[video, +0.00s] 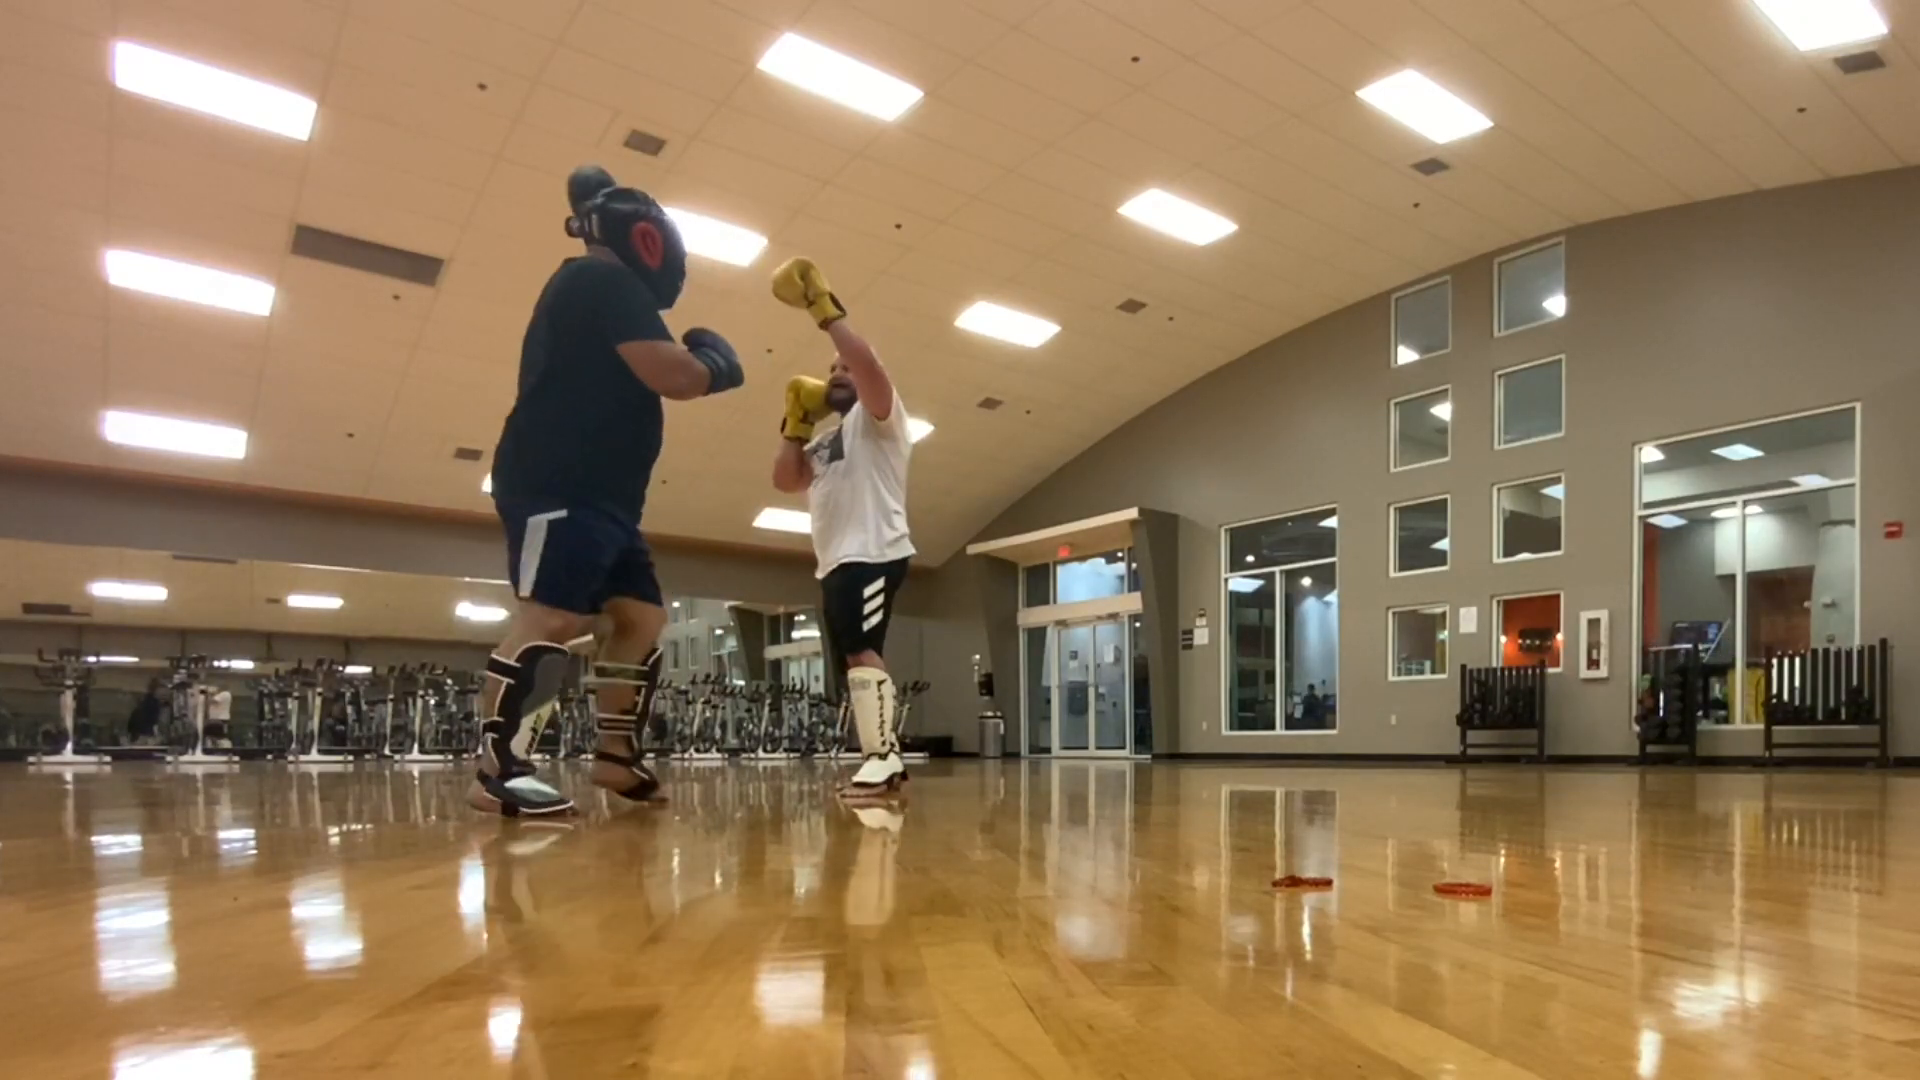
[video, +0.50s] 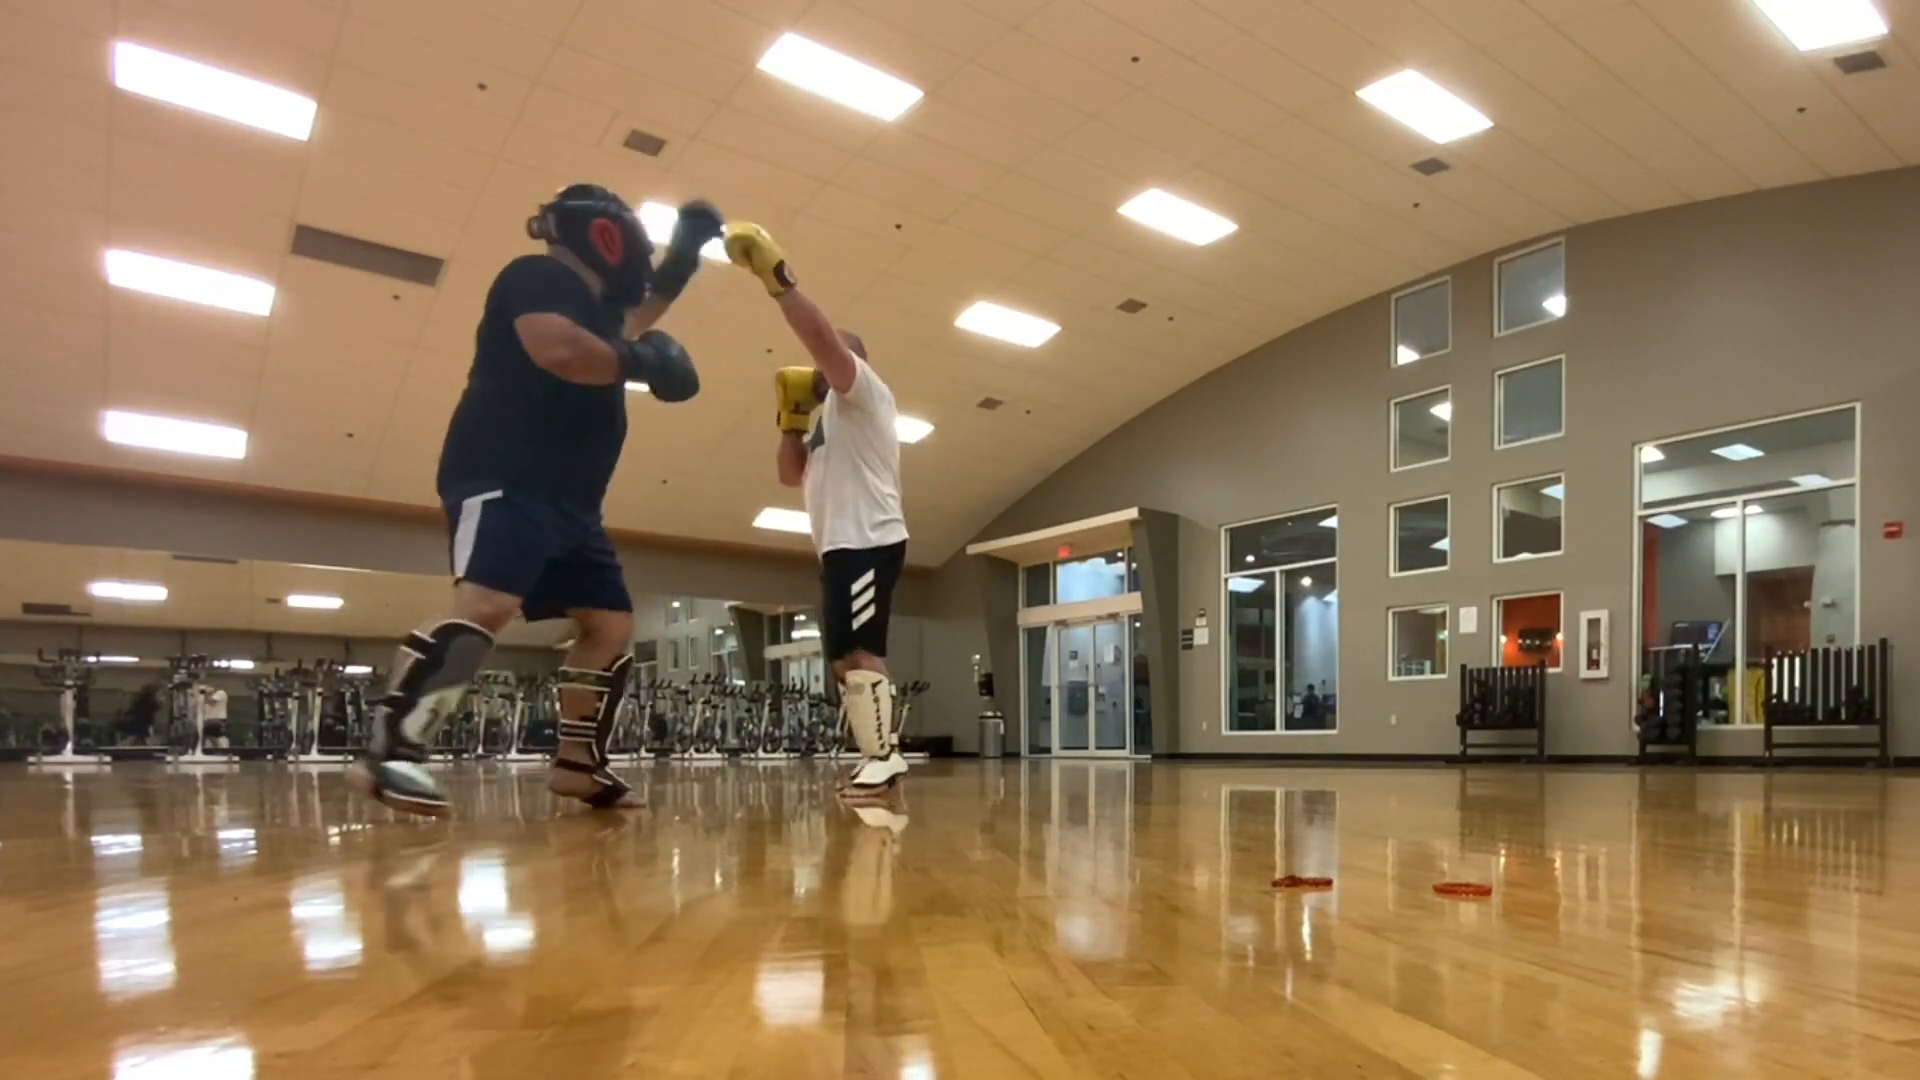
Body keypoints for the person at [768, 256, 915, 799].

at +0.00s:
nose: (838, 377)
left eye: (848, 372)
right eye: (834, 371)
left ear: (863, 381)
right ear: (826, 384)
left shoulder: (877, 419)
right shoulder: (823, 444)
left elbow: (863, 362)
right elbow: (785, 480)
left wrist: (826, 312)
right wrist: (795, 425)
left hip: (873, 547)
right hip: (837, 556)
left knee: (861, 653)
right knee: (857, 659)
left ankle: (880, 759)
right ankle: (881, 756)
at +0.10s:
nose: (834, 376)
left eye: (844, 370)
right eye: (830, 370)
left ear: (861, 379)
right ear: (824, 383)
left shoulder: (875, 422)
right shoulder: (821, 443)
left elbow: (860, 361)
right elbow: (786, 480)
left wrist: (824, 306)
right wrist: (793, 425)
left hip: (871, 546)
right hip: (838, 555)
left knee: (855, 651)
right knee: (857, 658)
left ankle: (880, 754)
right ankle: (879, 755)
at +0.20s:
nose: (827, 373)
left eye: (837, 367)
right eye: (825, 366)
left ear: (857, 374)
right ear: (821, 377)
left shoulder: (870, 416)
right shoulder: (824, 438)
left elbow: (852, 358)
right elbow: (787, 480)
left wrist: (816, 299)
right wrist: (793, 429)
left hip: (868, 547)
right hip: (839, 554)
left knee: (851, 653)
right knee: (856, 659)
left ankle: (881, 755)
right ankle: (879, 757)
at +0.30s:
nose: (820, 370)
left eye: (830, 362)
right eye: (819, 363)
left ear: (854, 367)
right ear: (824, 375)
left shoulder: (865, 410)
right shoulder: (825, 432)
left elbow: (837, 350)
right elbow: (790, 478)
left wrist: (791, 285)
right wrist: (794, 422)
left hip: (867, 545)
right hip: (837, 552)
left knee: (852, 654)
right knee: (856, 656)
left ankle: (880, 757)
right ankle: (882, 757)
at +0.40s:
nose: (822, 364)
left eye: (832, 355)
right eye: (822, 356)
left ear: (855, 361)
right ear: (825, 369)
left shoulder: (864, 399)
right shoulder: (825, 427)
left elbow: (822, 342)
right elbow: (791, 475)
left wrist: (773, 274)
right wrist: (793, 418)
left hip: (867, 541)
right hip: (839, 549)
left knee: (857, 650)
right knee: (850, 652)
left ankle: (882, 757)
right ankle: (879, 756)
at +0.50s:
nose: (826, 360)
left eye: (835, 350)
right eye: (824, 352)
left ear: (855, 356)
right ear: (827, 364)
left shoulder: (865, 395)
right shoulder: (826, 424)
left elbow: (822, 339)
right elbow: (791, 473)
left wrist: (776, 275)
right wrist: (793, 415)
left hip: (869, 537)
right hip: (839, 544)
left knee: (860, 651)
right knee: (845, 654)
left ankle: (882, 757)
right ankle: (876, 755)